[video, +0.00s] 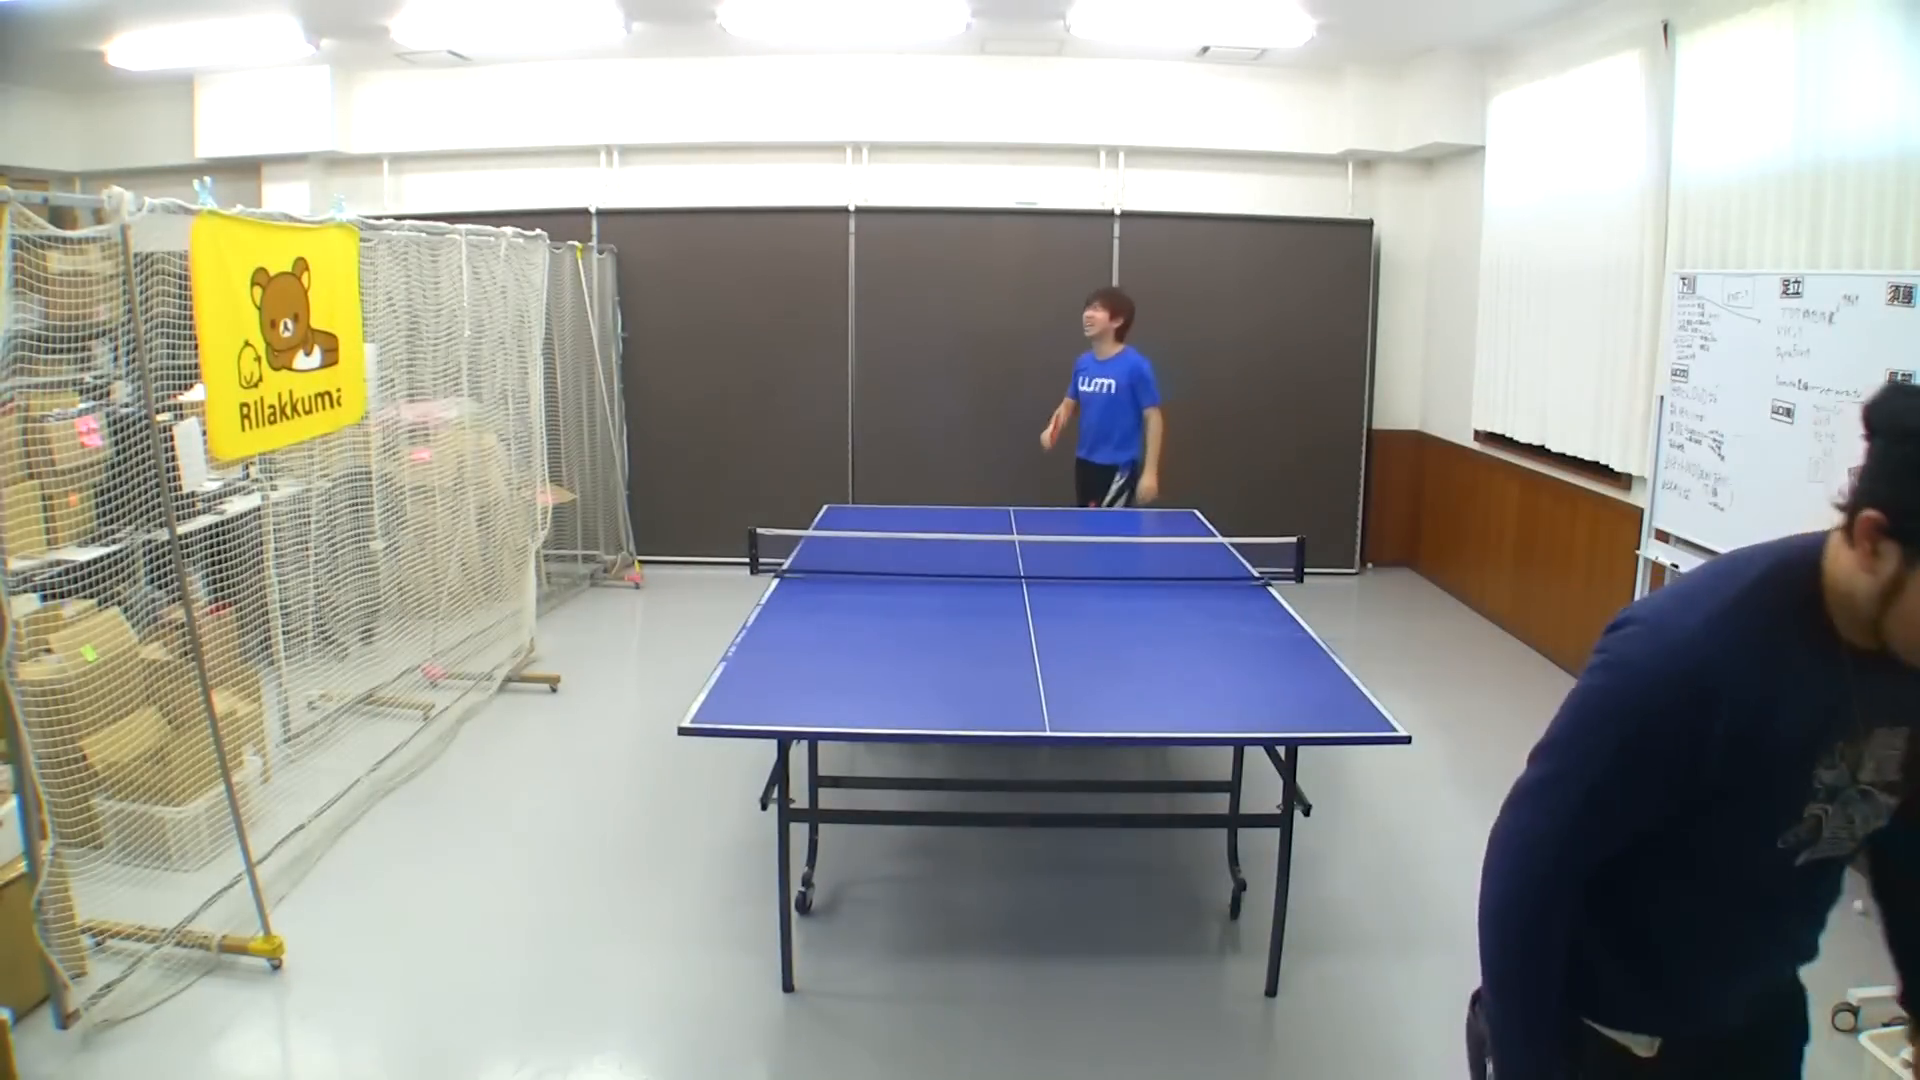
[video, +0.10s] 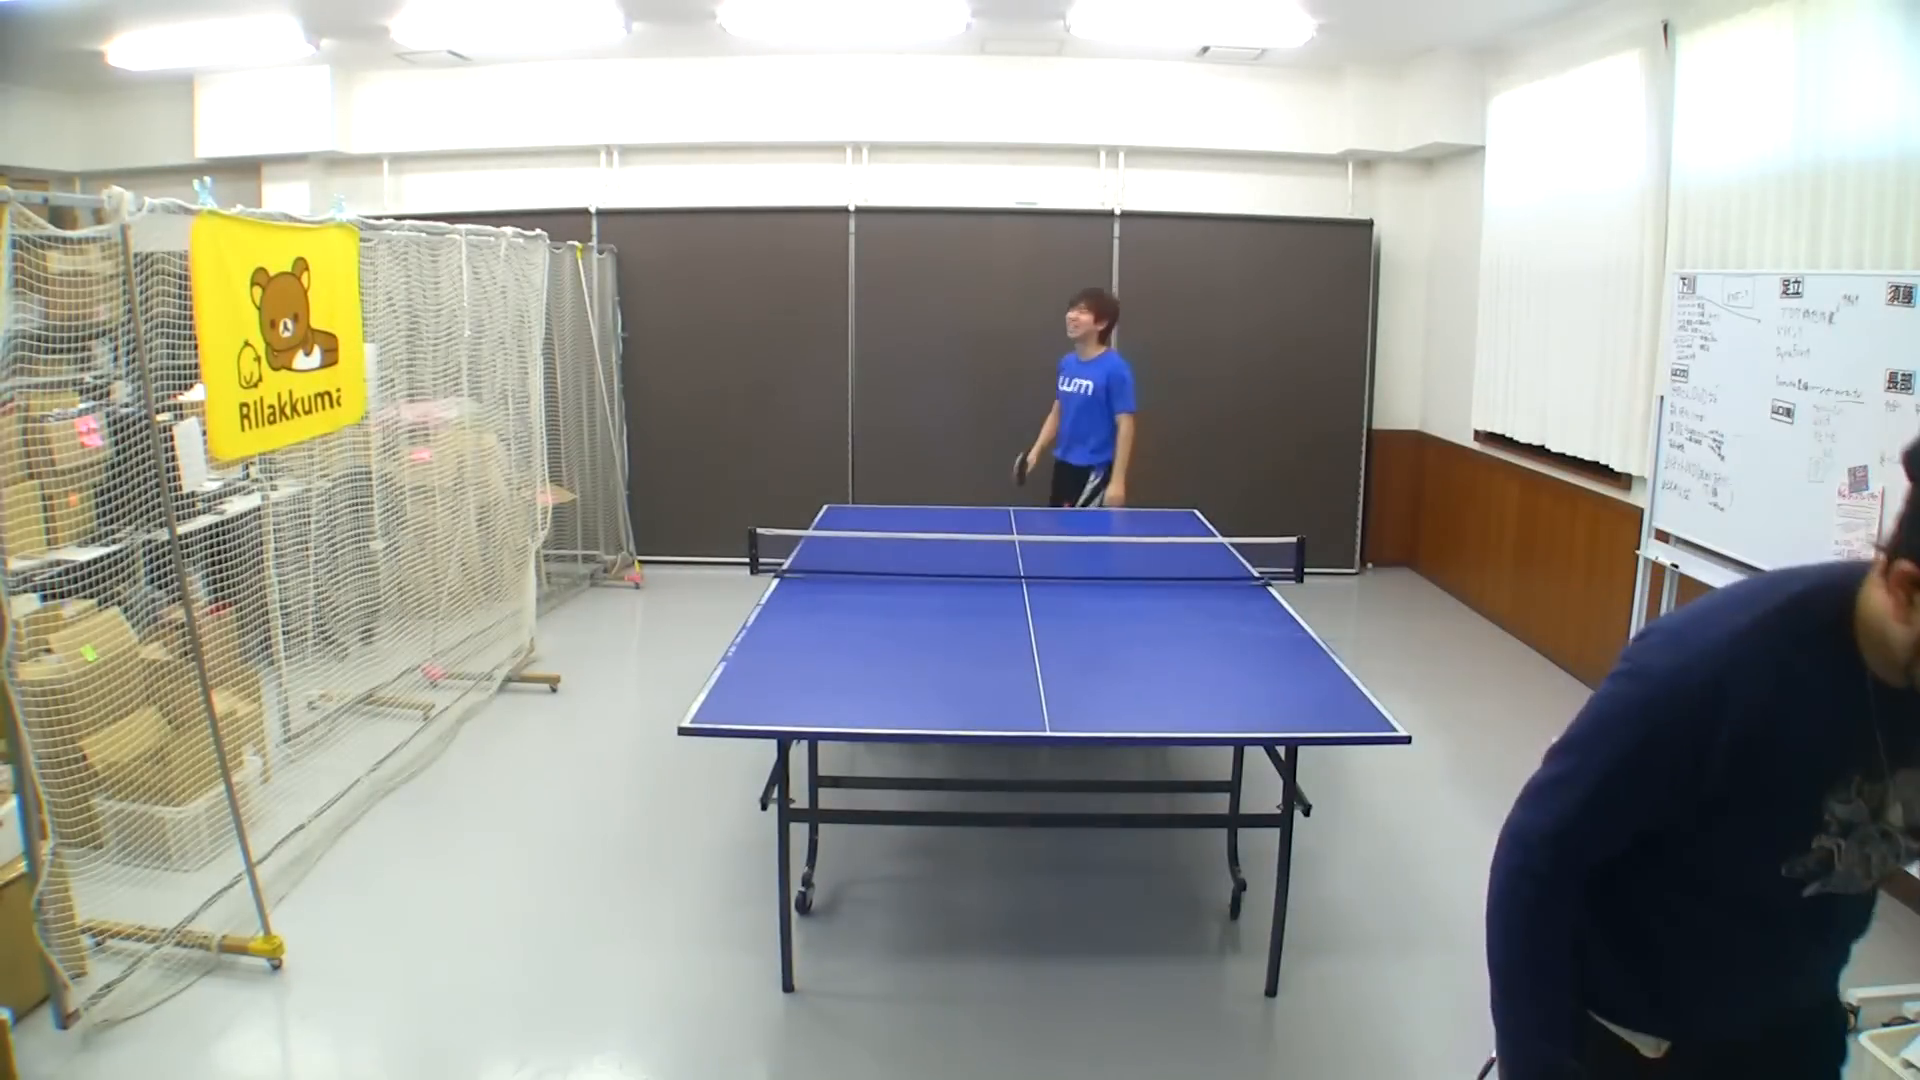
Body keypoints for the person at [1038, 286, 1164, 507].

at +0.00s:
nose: (1087, 315)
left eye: (1097, 309)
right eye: (1087, 308)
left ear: (1117, 320)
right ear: (1083, 314)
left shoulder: (1136, 366)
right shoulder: (1083, 363)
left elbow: (1153, 417)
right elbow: (1069, 402)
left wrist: (1150, 473)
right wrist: (1053, 429)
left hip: (1119, 463)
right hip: (1086, 460)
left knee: (1102, 531)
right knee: (1085, 529)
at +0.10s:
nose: (1072, 316)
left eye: (1083, 311)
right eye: (1071, 309)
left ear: (1102, 323)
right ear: (1066, 314)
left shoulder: (1115, 368)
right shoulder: (1066, 363)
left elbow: (1126, 424)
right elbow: (1057, 412)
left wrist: (1118, 480)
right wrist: (1035, 451)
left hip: (1095, 467)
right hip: (1063, 462)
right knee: (1056, 530)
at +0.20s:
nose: (1057, 316)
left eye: (1068, 311)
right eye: (1055, 307)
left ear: (1084, 322)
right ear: (1048, 311)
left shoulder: (1094, 362)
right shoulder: (1051, 359)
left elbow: (1097, 422)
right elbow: (1043, 413)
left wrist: (1083, 476)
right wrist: (1027, 466)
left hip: (1070, 468)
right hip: (1043, 462)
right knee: (1032, 533)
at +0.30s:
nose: (1038, 312)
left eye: (1049, 307)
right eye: (1036, 304)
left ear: (1066, 317)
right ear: (1029, 308)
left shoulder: (1075, 356)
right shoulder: (1035, 353)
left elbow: (1077, 415)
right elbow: (1035, 405)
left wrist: (1049, 465)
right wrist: (1023, 451)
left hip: (1059, 462)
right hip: (1026, 457)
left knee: (1055, 536)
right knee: (1000, 523)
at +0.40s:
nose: (1017, 313)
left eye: (1027, 308)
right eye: (1014, 305)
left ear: (1045, 316)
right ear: (1006, 309)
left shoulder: (1054, 356)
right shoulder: (1014, 354)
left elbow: (1059, 414)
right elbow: (1016, 406)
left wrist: (1017, 458)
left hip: (1039, 465)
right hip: (1005, 458)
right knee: (983, 531)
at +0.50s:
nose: (992, 319)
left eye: (1003, 314)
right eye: (989, 311)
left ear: (1021, 323)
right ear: (983, 315)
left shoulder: (1032, 361)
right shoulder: (989, 360)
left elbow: (1040, 418)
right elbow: (992, 411)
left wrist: (995, 456)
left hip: (1017, 471)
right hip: (982, 467)